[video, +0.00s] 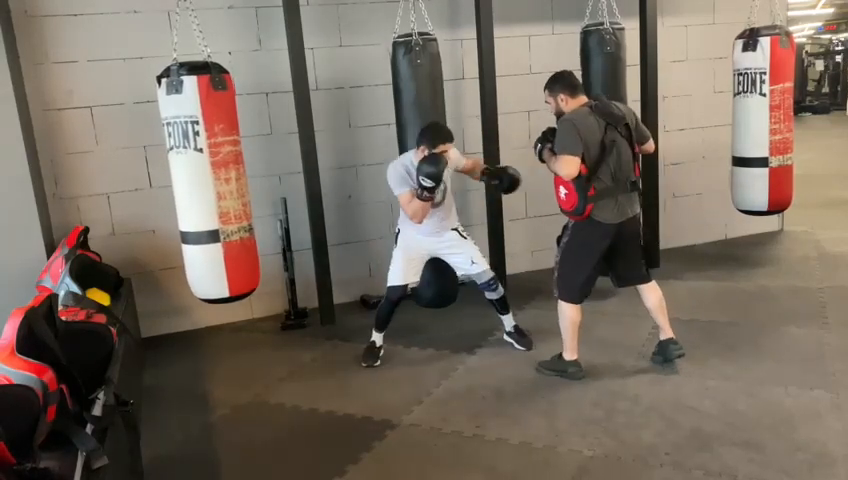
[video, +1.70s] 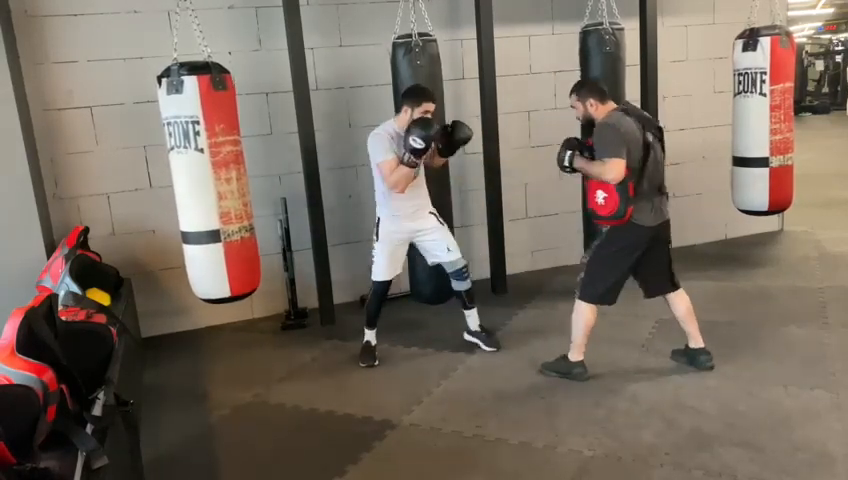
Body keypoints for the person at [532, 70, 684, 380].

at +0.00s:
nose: (550, 109)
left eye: (550, 102)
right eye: (549, 103)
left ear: (561, 97)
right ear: (578, 92)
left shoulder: (570, 123)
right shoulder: (616, 109)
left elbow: (568, 170)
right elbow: (648, 144)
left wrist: (547, 156)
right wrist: (613, 146)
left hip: (592, 222)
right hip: (628, 217)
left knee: (568, 288)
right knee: (641, 277)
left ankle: (569, 359)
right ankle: (668, 340)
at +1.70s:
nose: (577, 115)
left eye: (576, 108)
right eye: (574, 109)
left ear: (592, 104)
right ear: (601, 101)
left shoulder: (609, 127)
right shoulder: (634, 117)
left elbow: (613, 172)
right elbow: (637, 163)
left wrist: (577, 162)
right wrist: (591, 151)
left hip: (629, 226)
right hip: (656, 222)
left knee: (589, 288)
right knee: (668, 284)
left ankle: (574, 359)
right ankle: (698, 349)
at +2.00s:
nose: (607, 101)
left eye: (609, 93)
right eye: (606, 94)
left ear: (625, 89)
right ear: (634, 89)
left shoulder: (647, 111)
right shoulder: (662, 107)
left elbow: (660, 151)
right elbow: (660, 153)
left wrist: (612, 140)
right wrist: (615, 140)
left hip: (660, 214)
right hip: (682, 212)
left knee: (624, 286)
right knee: (685, 282)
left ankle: (624, 364)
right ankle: (700, 350)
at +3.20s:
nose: (605, 113)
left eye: (606, 106)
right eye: (604, 107)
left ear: (624, 104)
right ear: (635, 101)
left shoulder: (645, 128)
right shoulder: (665, 117)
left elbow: (640, 180)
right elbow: (670, 164)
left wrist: (596, 181)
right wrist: (621, 154)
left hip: (672, 226)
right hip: (697, 221)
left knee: (633, 295)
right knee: (688, 278)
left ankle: (625, 377)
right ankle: (727, 342)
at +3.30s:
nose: (602, 114)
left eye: (603, 107)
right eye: (600, 108)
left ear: (620, 104)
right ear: (632, 100)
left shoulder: (639, 127)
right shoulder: (662, 116)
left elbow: (638, 178)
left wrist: (592, 204)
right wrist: (615, 136)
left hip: (670, 224)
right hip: (697, 219)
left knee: (633, 297)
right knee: (685, 278)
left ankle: (625, 377)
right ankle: (717, 342)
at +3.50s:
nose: (625, 116)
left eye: (630, 108)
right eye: (623, 109)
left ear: (658, 104)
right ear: (663, 106)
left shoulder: (670, 141)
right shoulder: (691, 129)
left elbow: (665, 204)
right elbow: (661, 184)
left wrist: (604, 197)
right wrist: (626, 149)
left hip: (694, 263)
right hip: (723, 255)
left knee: (640, 348)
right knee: (705, 327)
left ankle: (639, 447)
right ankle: (741, 405)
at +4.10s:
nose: (604, 120)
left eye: (610, 112)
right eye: (602, 112)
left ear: (638, 111)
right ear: (638, 113)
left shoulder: (660, 147)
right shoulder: (640, 145)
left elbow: (675, 209)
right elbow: (609, 188)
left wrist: (608, 197)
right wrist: (592, 151)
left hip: (663, 273)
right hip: (667, 268)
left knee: (613, 363)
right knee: (687, 344)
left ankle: (604, 461)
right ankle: (738, 408)